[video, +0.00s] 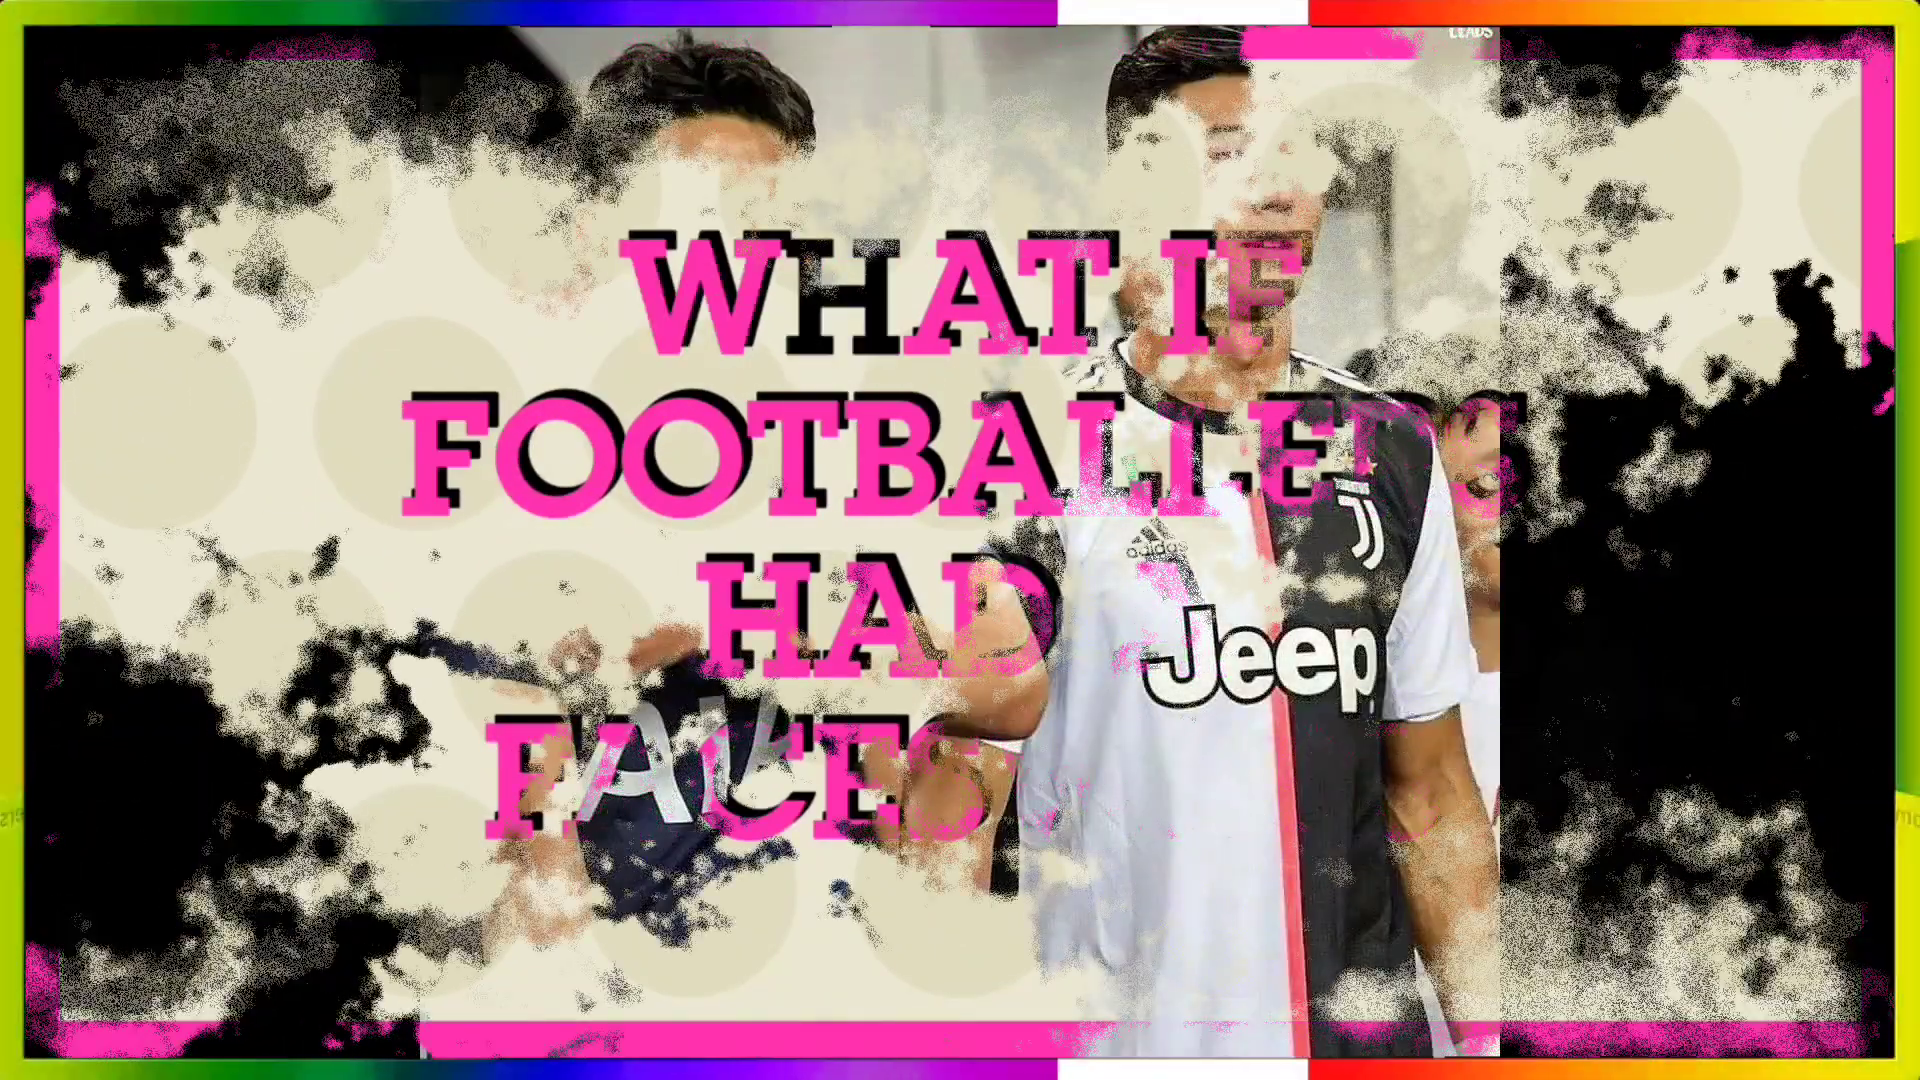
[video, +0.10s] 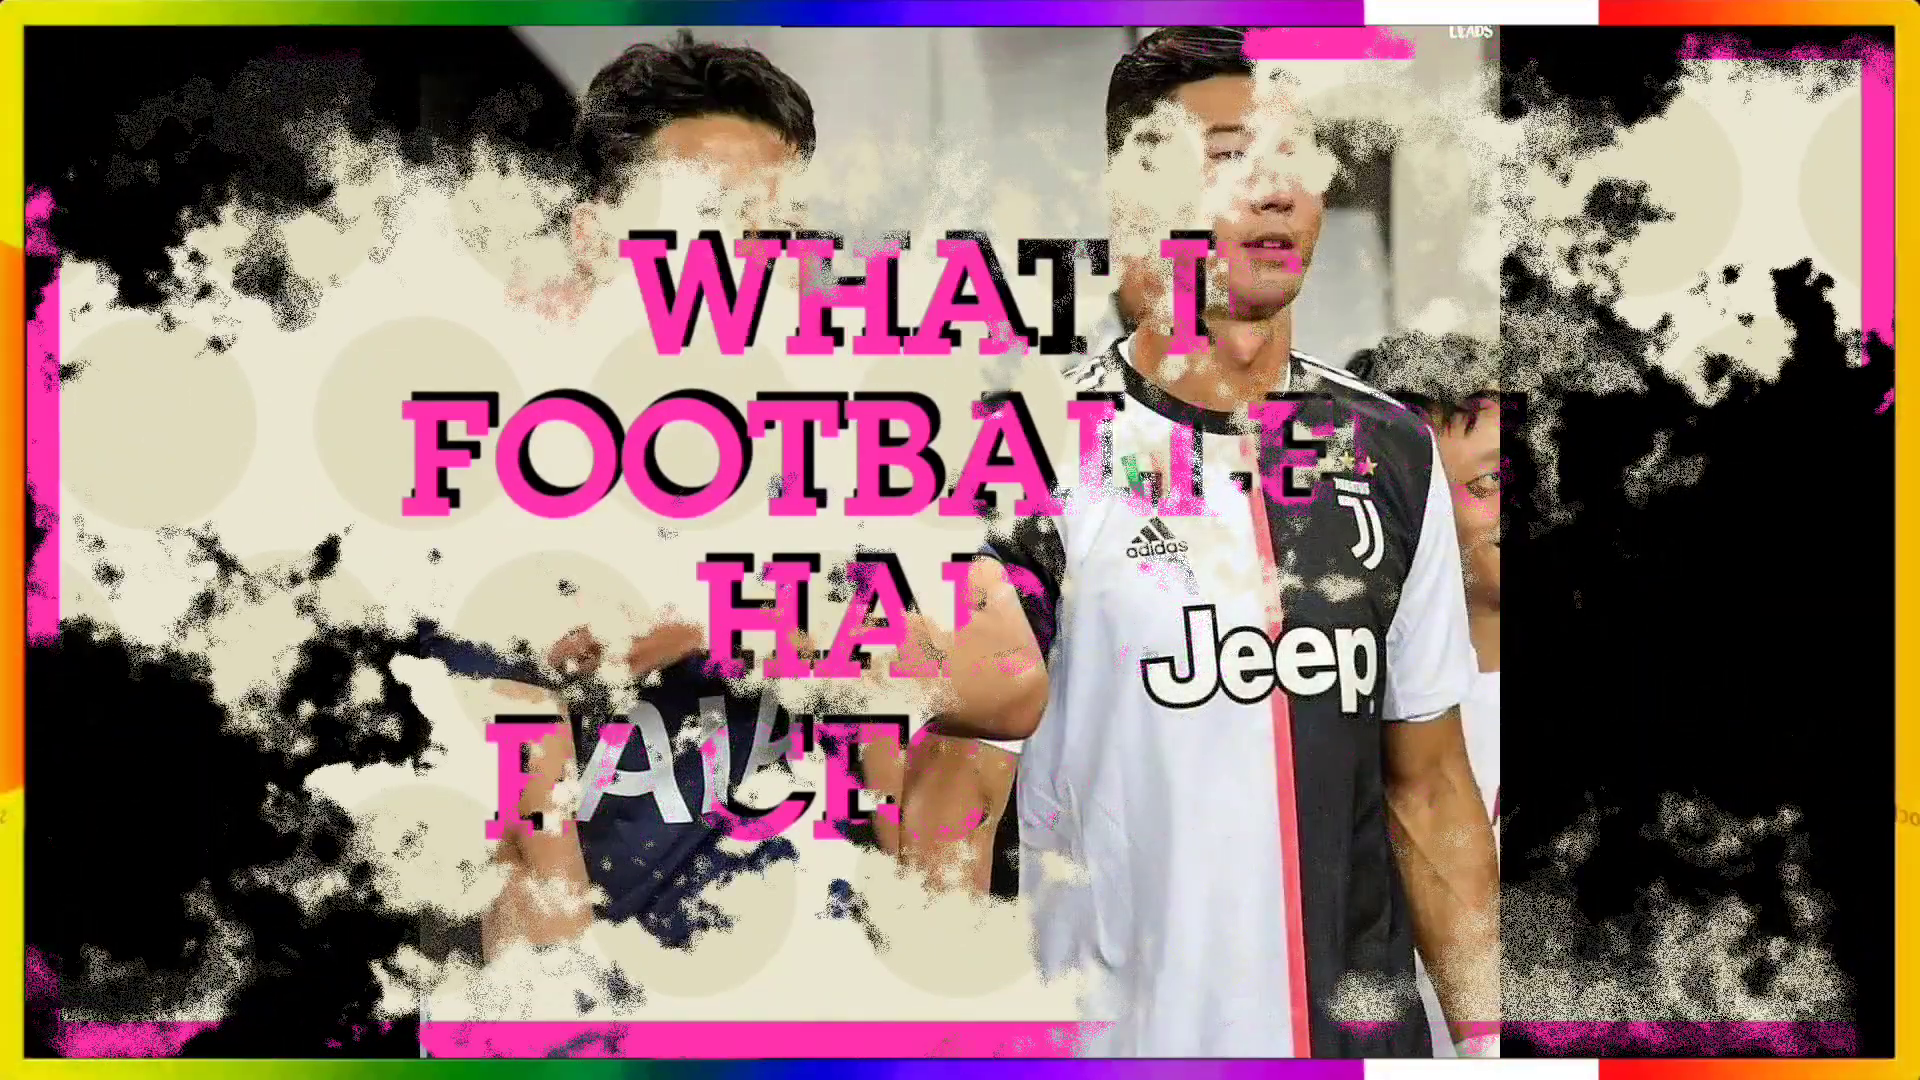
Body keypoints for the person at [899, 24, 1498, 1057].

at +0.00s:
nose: (1247, 280)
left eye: (1278, 241)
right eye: (1205, 236)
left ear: (1315, 240)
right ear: (1117, 231)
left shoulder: (1392, 459)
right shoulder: (1042, 456)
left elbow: (1433, 791)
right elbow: (944, 810)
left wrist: (1475, 1042)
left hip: (1345, 1019)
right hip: (1106, 1027)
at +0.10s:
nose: (1275, 200)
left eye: (1293, 160)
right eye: (1225, 162)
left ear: (1324, 193)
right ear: (1129, 197)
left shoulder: (1390, 453)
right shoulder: (1042, 454)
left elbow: (1431, 783)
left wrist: (1476, 1043)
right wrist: (965, 741)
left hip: (1349, 1033)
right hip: (1109, 1038)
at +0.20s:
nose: (1278, 195)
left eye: (1293, 159)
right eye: (1228, 161)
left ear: (1320, 188)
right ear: (1136, 201)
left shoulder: (1391, 452)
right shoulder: (1040, 455)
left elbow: (1430, 783)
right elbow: (953, 805)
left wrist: (1482, 1039)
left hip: (1357, 1036)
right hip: (1120, 1040)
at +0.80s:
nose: (1279, 193)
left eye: (1298, 158)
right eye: (1230, 156)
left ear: (1320, 186)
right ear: (1134, 197)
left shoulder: (1392, 452)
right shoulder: (1025, 464)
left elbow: (1431, 786)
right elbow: (950, 810)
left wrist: (1484, 1046)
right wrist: (950, 1059)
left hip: (1358, 1044)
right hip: (1109, 1044)